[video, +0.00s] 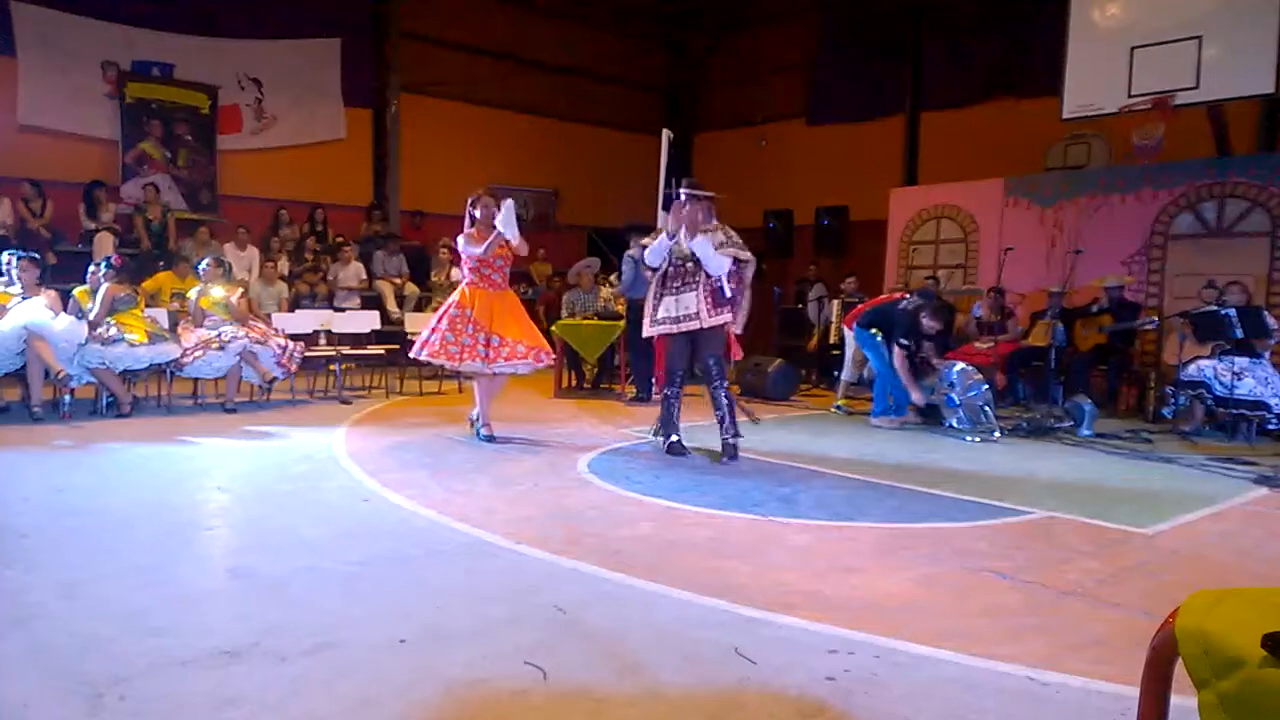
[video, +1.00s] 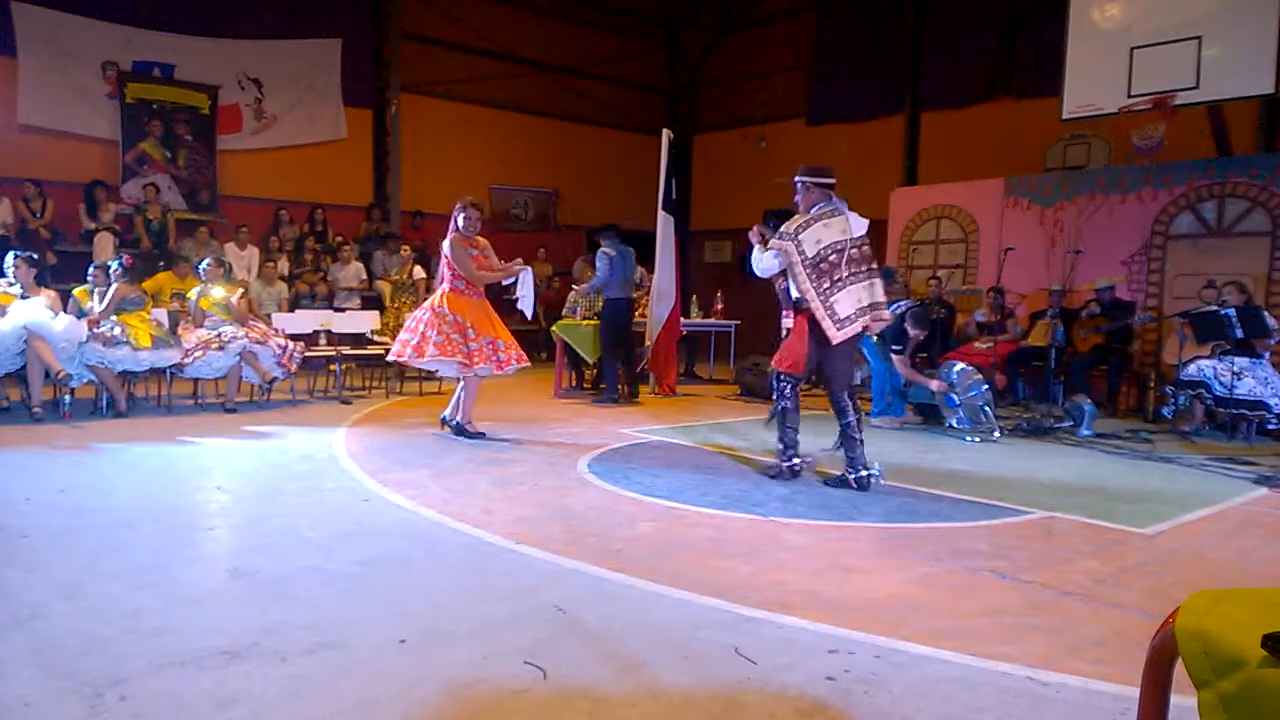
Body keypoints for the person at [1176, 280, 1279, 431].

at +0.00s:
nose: (1232, 297)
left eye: (1237, 293)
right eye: (1228, 293)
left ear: (1246, 296)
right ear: (1222, 296)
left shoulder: (1258, 315)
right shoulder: (1215, 314)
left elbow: (1268, 343)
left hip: (1254, 364)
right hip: (1223, 362)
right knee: (1196, 368)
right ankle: (1196, 420)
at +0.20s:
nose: (1225, 297)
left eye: (1230, 293)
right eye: (1223, 294)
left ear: (1244, 297)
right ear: (1219, 297)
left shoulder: (1257, 314)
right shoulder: (1216, 314)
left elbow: (1266, 344)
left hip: (1254, 365)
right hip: (1222, 363)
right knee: (1196, 368)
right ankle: (1196, 420)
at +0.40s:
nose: (1225, 297)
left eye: (1230, 293)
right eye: (1222, 294)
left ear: (1244, 297)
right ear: (1219, 297)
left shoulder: (1257, 314)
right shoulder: (1216, 315)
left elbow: (1266, 343)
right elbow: (1200, 340)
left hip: (1254, 365)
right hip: (1223, 363)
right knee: (1196, 368)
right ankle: (1196, 420)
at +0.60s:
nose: (1224, 297)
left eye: (1230, 293)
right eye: (1222, 294)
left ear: (1244, 297)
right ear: (1219, 297)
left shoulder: (1257, 314)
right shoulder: (1213, 313)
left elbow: (1267, 343)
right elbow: (1173, 319)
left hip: (1254, 364)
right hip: (1221, 362)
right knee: (1195, 368)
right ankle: (1196, 420)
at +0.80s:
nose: (1224, 297)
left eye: (1230, 293)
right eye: (1222, 294)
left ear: (1244, 297)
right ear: (1219, 297)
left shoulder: (1257, 314)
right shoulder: (1214, 314)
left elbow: (1266, 344)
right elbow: (1172, 319)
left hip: (1254, 364)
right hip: (1222, 363)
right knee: (1196, 368)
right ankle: (1196, 420)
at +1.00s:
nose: (1224, 298)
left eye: (1229, 293)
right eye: (1222, 294)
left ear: (1243, 297)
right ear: (1218, 297)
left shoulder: (1257, 315)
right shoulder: (1217, 316)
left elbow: (1264, 346)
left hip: (1254, 365)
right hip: (1223, 363)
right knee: (1197, 368)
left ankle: (1242, 424)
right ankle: (1197, 419)